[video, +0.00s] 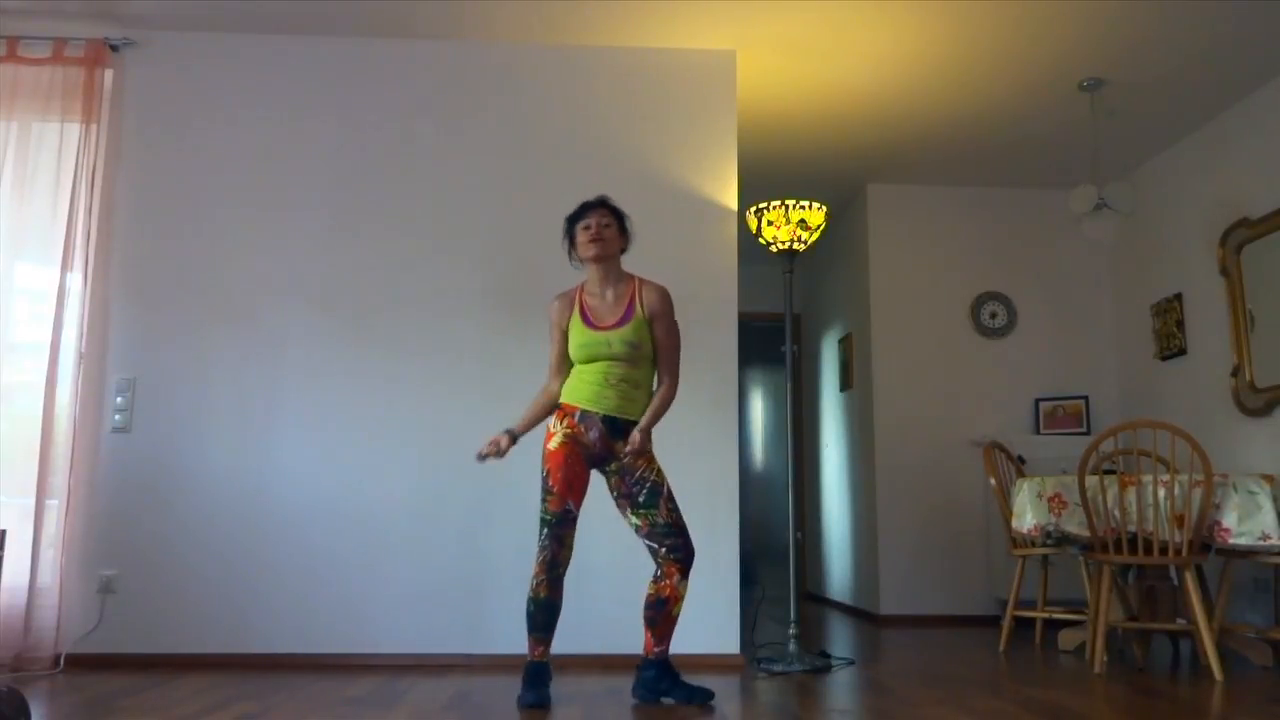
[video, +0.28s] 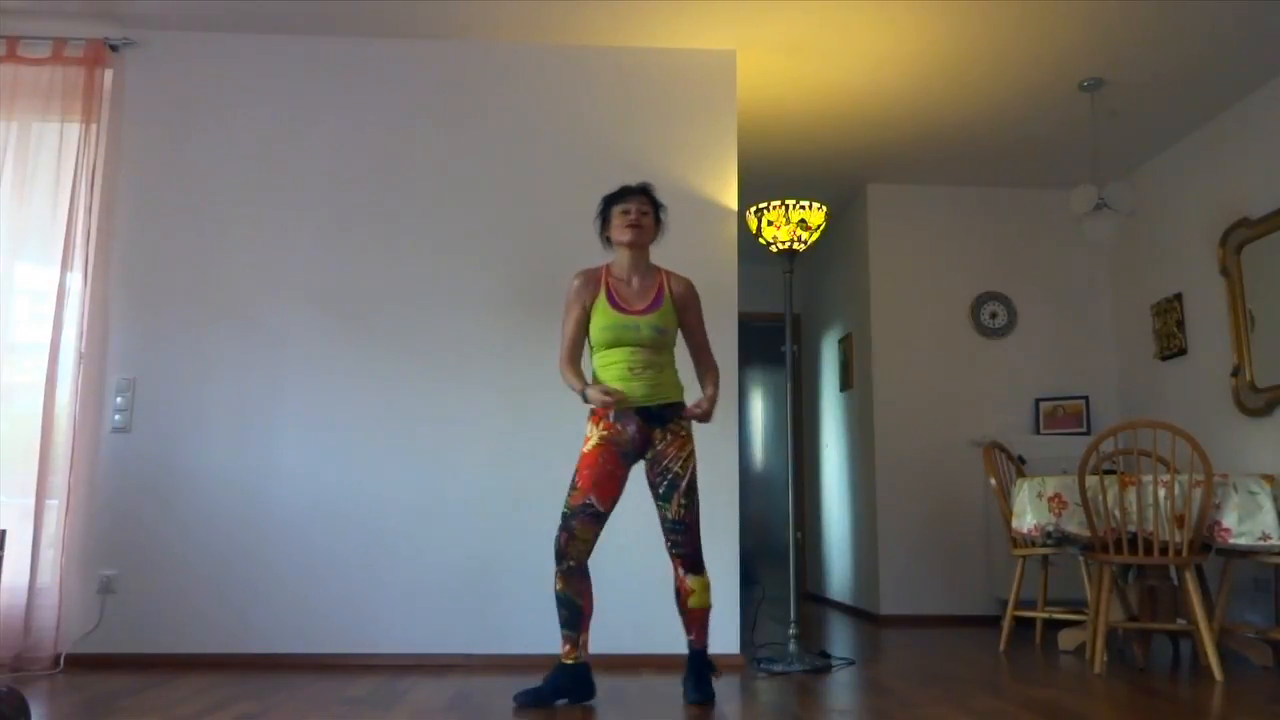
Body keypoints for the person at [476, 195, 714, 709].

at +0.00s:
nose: (596, 232)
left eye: (606, 225)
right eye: (586, 228)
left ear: (624, 238)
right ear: (573, 245)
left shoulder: (651, 297)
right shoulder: (565, 305)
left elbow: (668, 380)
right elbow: (555, 383)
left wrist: (644, 427)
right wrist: (512, 431)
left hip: (625, 436)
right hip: (569, 430)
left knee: (676, 552)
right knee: (553, 549)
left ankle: (654, 669)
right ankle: (536, 672)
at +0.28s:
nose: (635, 217)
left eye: (644, 212)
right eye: (625, 211)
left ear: (657, 228)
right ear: (606, 227)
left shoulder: (678, 289)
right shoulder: (587, 285)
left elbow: (704, 359)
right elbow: (568, 362)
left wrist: (710, 395)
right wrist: (588, 389)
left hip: (669, 425)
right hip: (610, 426)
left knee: (685, 546)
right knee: (570, 544)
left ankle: (699, 664)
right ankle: (573, 669)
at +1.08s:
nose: (612, 219)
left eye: (622, 212)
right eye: (601, 215)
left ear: (638, 226)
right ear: (587, 233)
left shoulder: (665, 286)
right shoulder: (577, 291)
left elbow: (693, 364)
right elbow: (564, 361)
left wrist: (672, 411)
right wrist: (551, 397)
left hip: (646, 428)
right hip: (586, 424)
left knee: (680, 545)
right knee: (562, 540)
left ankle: (660, 665)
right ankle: (537, 665)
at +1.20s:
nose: (636, 213)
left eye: (645, 207)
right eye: (626, 207)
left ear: (656, 222)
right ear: (606, 223)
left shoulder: (678, 284)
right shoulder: (588, 283)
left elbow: (714, 355)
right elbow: (569, 361)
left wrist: (710, 395)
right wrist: (599, 383)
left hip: (664, 421)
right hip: (605, 421)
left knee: (676, 541)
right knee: (571, 540)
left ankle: (685, 662)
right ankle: (559, 664)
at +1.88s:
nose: (614, 235)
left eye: (622, 230)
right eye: (604, 227)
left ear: (631, 244)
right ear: (582, 238)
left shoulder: (648, 305)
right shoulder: (559, 303)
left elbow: (659, 391)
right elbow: (528, 380)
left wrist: (630, 438)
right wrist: (484, 363)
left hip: (616, 440)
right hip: (559, 434)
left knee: (671, 551)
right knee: (542, 553)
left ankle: (649, 669)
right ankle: (520, 672)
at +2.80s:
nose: (608, 237)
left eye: (617, 230)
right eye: (598, 228)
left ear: (626, 241)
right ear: (576, 238)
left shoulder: (646, 299)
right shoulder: (558, 299)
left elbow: (660, 385)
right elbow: (529, 380)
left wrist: (635, 441)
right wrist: (511, 326)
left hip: (623, 439)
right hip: (565, 434)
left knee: (674, 549)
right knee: (545, 546)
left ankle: (660, 667)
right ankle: (525, 670)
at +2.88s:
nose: (600, 242)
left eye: (607, 234)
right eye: (588, 234)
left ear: (616, 243)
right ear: (567, 245)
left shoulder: (641, 303)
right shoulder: (554, 306)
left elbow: (657, 387)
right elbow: (536, 388)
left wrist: (630, 445)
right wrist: (505, 360)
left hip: (620, 442)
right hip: (561, 436)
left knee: (669, 554)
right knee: (543, 550)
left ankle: (664, 666)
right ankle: (525, 671)